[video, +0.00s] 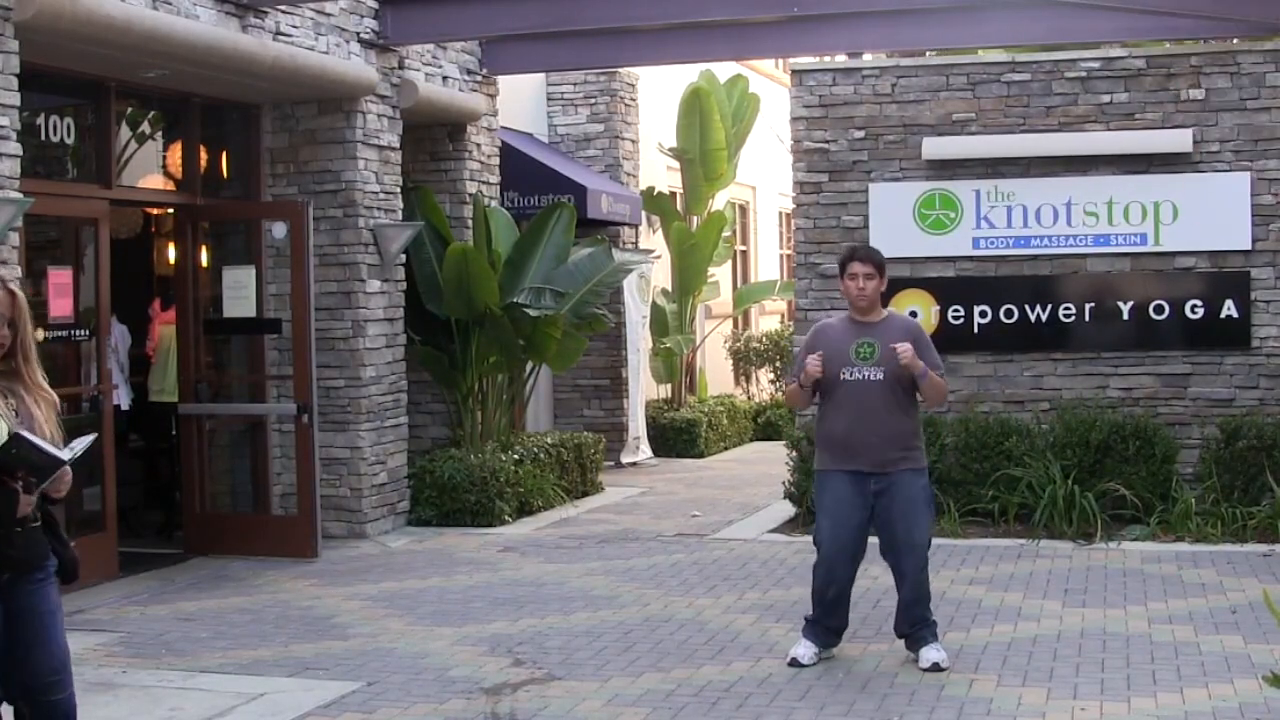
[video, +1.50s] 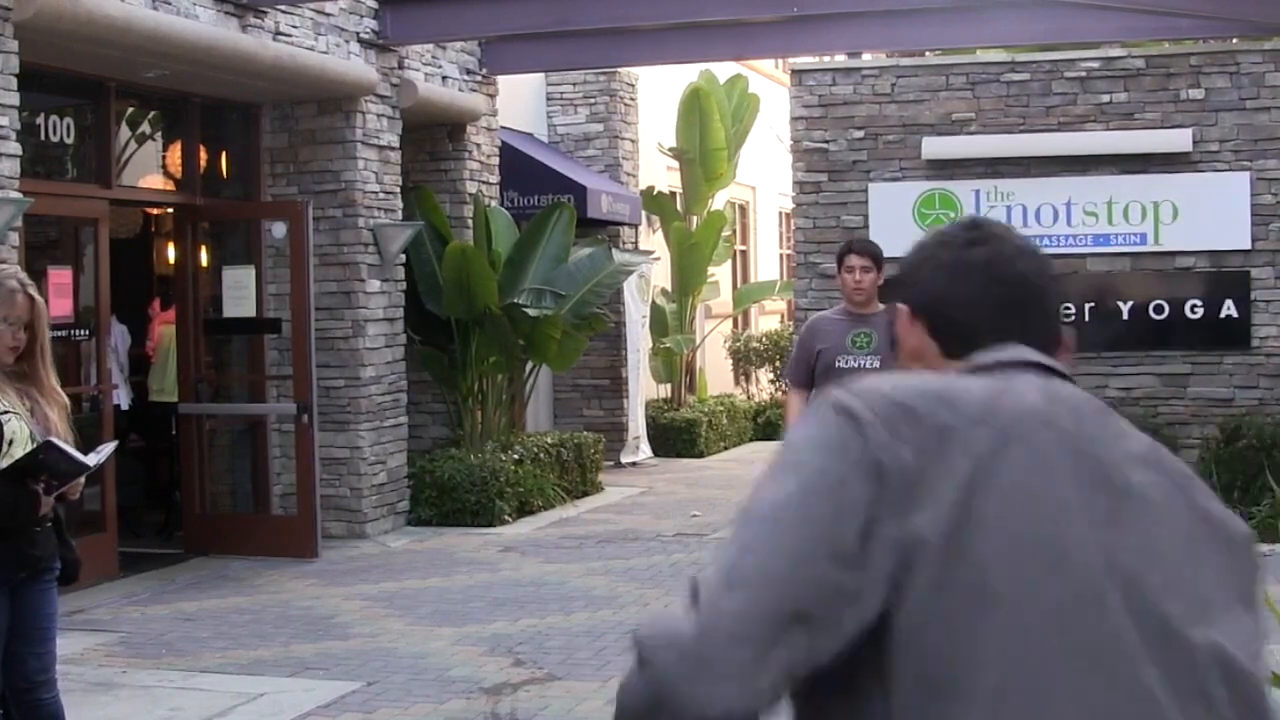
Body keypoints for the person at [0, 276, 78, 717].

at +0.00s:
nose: (3, 334)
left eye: (9, 323)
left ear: (20, 330)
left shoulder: (34, 395)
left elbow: (52, 475)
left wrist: (60, 485)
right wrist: (7, 504)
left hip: (29, 568)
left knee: (52, 703)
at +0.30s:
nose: (6, 334)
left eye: (13, 323)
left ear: (26, 328)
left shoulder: (42, 393)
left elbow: (61, 470)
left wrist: (70, 483)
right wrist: (14, 505)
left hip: (34, 564)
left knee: (46, 700)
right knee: (22, 700)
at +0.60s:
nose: (12, 337)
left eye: (21, 327)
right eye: (4, 325)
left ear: (32, 332)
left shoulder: (45, 395)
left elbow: (66, 471)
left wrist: (72, 482)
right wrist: (31, 501)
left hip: (39, 563)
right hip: (4, 561)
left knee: (45, 698)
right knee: (15, 698)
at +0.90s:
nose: (16, 334)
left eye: (23, 324)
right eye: (7, 322)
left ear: (33, 328)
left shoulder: (42, 389)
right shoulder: (5, 389)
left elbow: (63, 464)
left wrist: (70, 482)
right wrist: (33, 493)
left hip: (41, 559)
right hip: (3, 558)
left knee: (41, 692)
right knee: (7, 693)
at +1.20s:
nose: (18, 335)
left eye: (26, 325)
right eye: (9, 323)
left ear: (35, 330)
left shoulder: (43, 391)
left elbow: (63, 466)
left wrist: (70, 485)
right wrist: (32, 494)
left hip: (40, 560)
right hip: (4, 559)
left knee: (41, 693)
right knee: (11, 694)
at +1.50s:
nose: (16, 336)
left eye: (23, 326)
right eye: (7, 323)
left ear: (32, 330)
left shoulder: (41, 392)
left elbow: (63, 465)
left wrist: (69, 487)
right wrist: (29, 499)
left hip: (37, 561)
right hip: (3, 560)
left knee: (37, 690)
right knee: (12, 692)